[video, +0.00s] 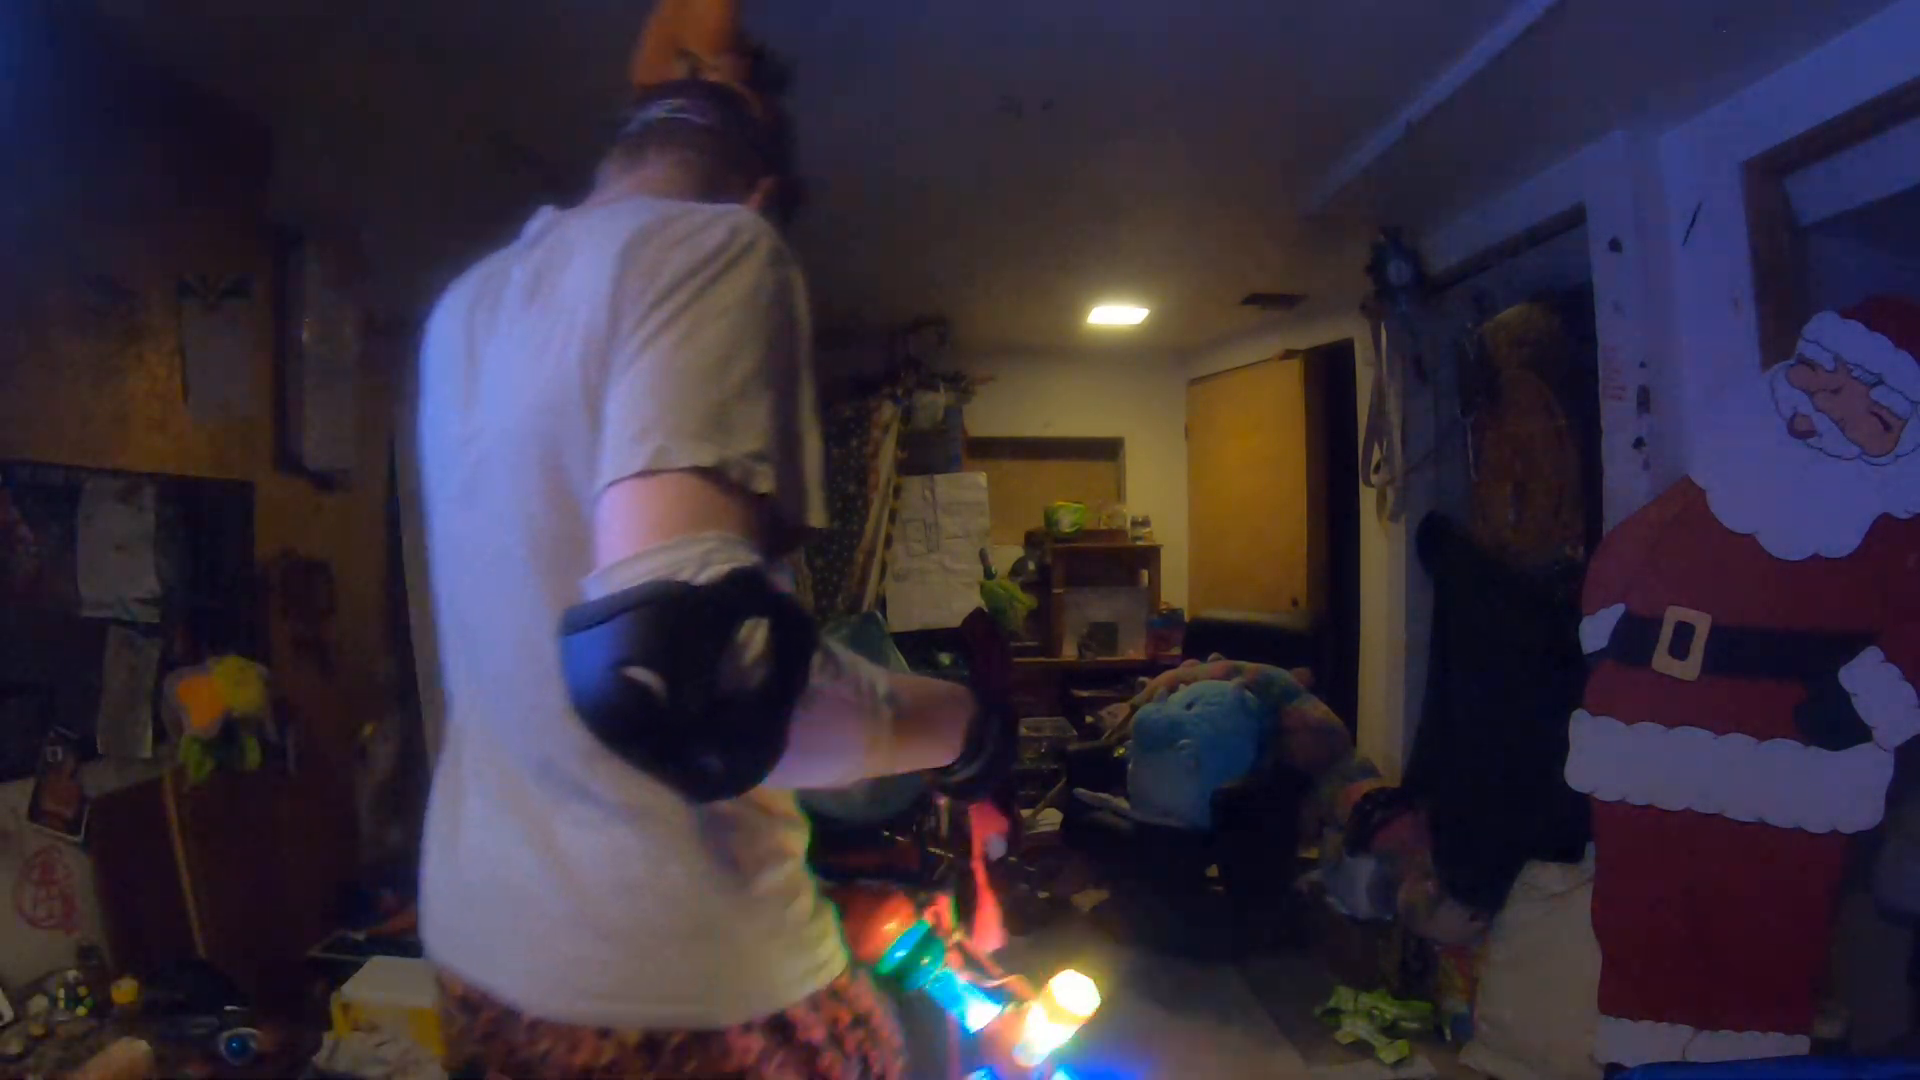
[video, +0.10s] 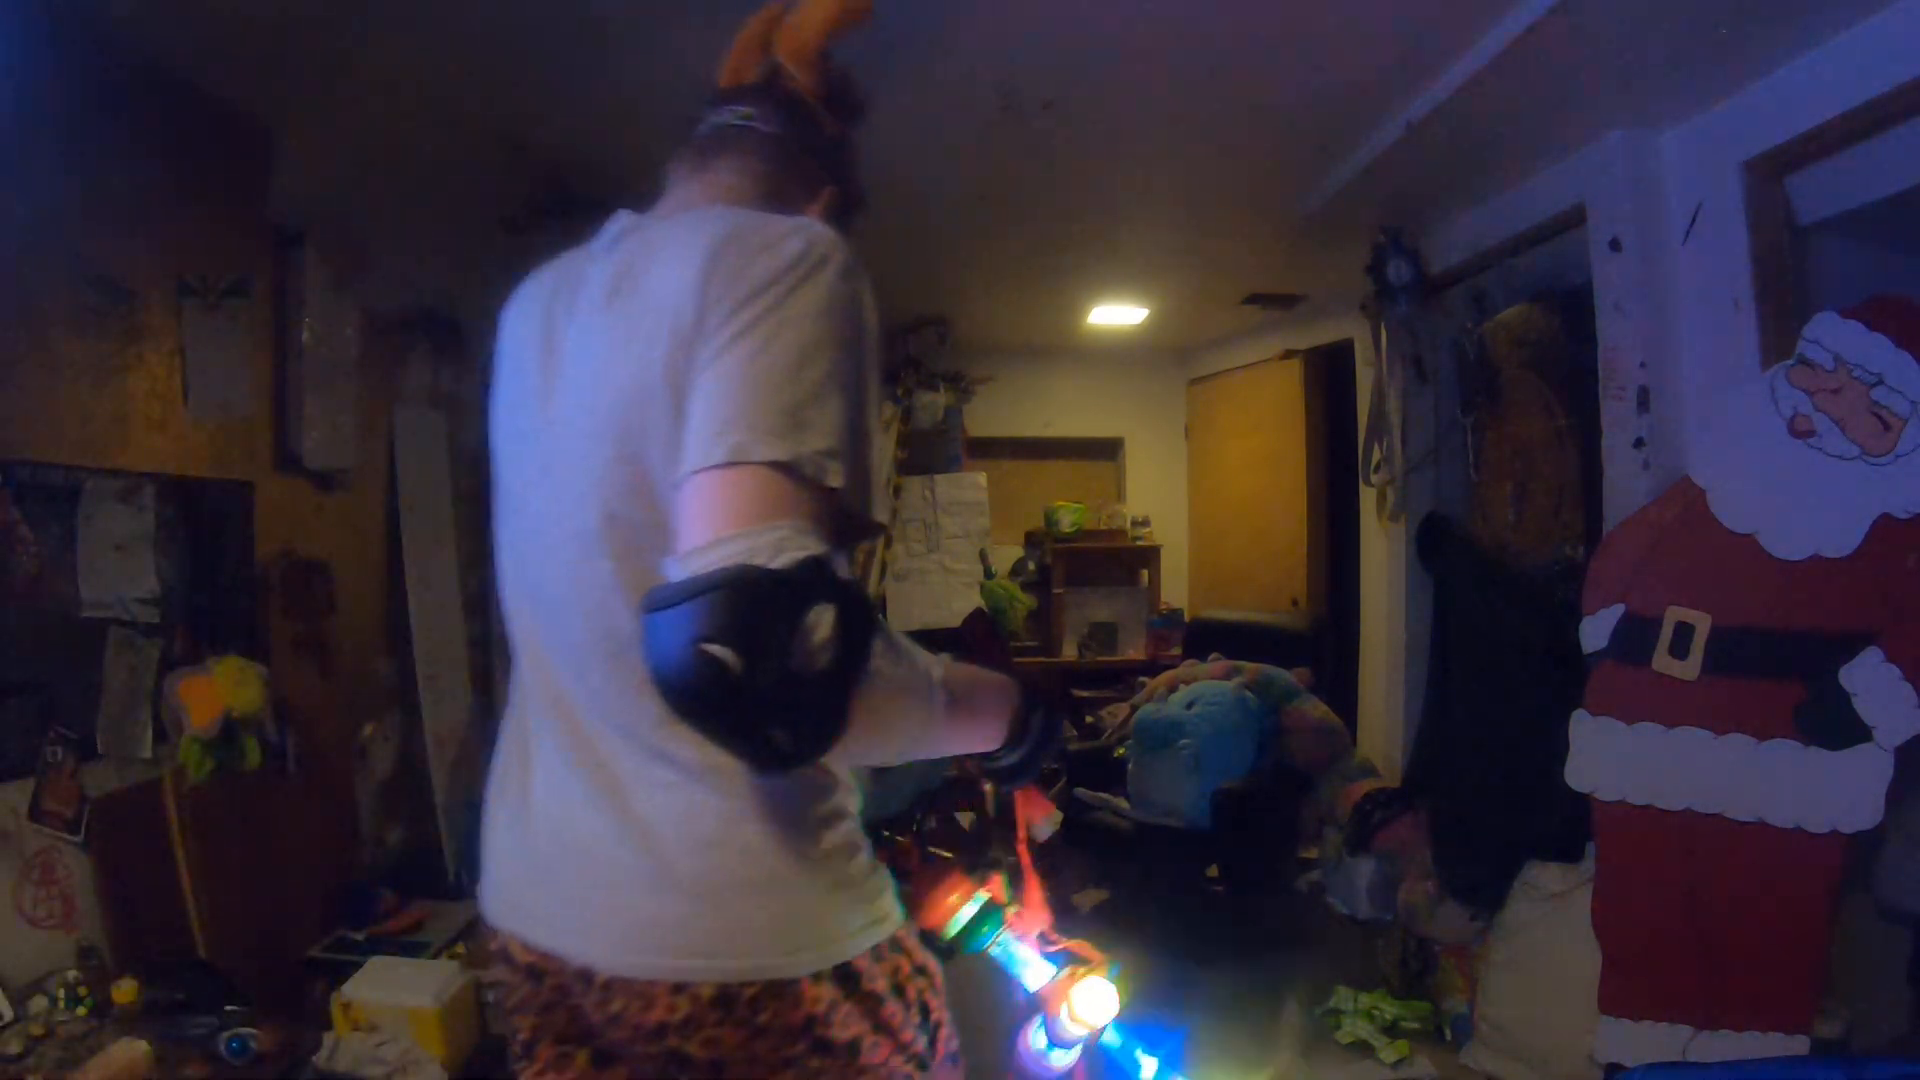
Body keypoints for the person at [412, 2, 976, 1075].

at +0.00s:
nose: (766, 231)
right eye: (779, 214)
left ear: (610, 165)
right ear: (762, 193)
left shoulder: (462, 301)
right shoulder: (708, 247)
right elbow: (668, 660)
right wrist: (955, 719)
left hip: (476, 951)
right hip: (679, 979)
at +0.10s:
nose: (835, 236)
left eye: (839, 226)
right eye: (841, 220)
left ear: (680, 170)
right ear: (823, 197)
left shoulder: (534, 300)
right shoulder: (782, 255)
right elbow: (740, 641)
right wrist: (1002, 709)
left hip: (536, 922)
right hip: (755, 946)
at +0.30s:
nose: (947, 289)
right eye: (955, 273)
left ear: (812, 220)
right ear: (940, 250)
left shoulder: (680, 334)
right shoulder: (930, 315)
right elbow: (926, 659)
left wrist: (898, 149)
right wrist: (1097, 695)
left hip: (683, 896)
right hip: (890, 913)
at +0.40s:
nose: (1001, 278)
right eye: (1013, 267)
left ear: (857, 232)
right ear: (997, 254)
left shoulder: (745, 336)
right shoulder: (1002, 320)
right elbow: (1012, 641)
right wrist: (1155, 686)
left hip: (759, 867)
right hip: (960, 879)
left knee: (779, 1065)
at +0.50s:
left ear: (900, 252)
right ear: (1035, 264)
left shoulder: (795, 355)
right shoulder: (1061, 352)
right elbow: (1089, 638)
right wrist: (1179, 672)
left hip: (829, 856)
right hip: (1011, 867)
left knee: (843, 1067)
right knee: (1017, 1064)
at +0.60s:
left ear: (925, 279)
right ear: (1056, 279)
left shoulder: (833, 378)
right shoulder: (1115, 377)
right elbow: (1157, 647)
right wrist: (1212, 636)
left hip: (886, 864)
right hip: (1066, 873)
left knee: (911, 1069)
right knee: (1079, 1068)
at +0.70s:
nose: (938, 305)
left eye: (930, 292)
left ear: (937, 287)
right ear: (1065, 284)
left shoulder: (860, 378)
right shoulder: (1143, 372)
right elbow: (1194, 609)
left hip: (925, 832)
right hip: (1100, 842)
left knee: (950, 1060)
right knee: (1109, 1063)